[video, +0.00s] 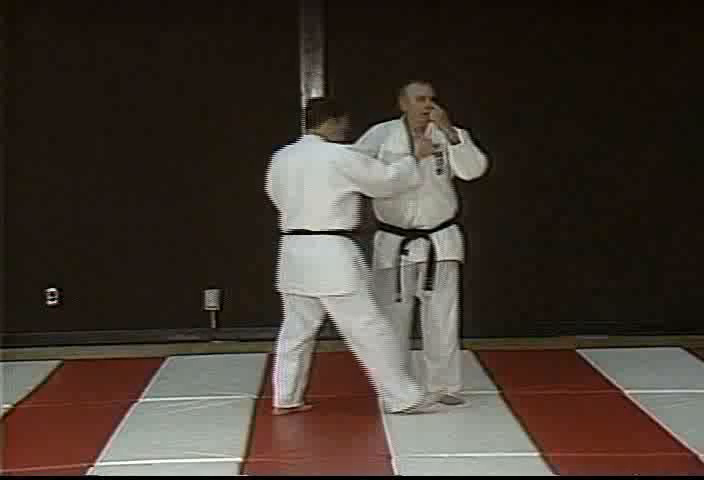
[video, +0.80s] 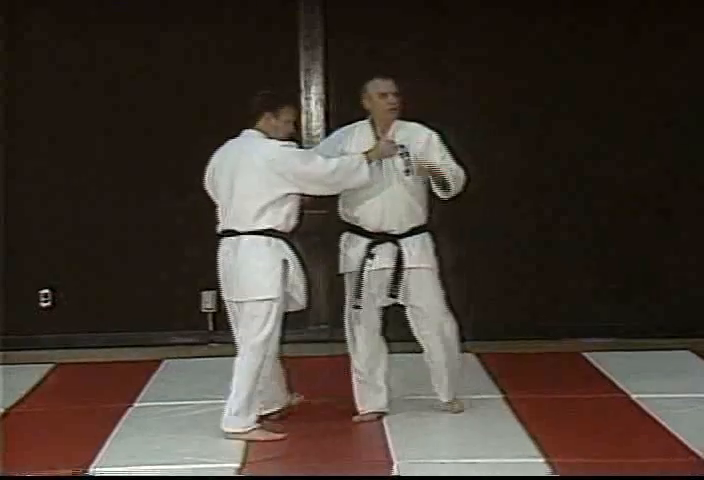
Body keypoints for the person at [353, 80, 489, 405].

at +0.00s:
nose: (427, 106)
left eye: (431, 100)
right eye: (420, 100)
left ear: (436, 104)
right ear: (403, 104)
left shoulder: (449, 136)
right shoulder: (381, 135)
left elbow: (474, 170)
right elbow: (351, 170)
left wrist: (450, 133)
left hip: (441, 237)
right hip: (394, 238)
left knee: (442, 315)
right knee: (393, 316)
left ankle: (444, 387)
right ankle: (392, 387)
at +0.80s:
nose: (392, 101)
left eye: (395, 95)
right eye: (383, 95)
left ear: (400, 100)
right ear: (366, 101)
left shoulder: (419, 137)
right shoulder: (345, 139)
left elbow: (455, 180)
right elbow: (308, 169)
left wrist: (435, 173)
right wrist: (362, 159)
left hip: (414, 243)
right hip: (363, 244)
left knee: (435, 319)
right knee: (362, 325)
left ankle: (448, 393)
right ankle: (370, 404)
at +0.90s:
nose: (386, 99)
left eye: (388, 93)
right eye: (377, 94)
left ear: (393, 99)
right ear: (359, 101)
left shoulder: (413, 135)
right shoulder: (339, 139)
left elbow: (442, 177)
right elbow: (307, 170)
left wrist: (437, 207)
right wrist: (359, 157)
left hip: (411, 243)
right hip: (360, 245)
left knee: (429, 321)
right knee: (360, 327)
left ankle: (442, 399)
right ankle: (369, 404)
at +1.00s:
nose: (382, 99)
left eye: (385, 93)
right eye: (373, 94)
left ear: (391, 99)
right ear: (356, 101)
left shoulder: (410, 135)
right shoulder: (338, 139)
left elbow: (436, 184)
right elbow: (302, 168)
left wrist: (429, 231)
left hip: (410, 244)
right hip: (358, 245)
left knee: (424, 325)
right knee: (360, 326)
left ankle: (432, 404)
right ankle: (369, 404)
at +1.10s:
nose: (382, 99)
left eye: (385, 93)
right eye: (373, 93)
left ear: (390, 99)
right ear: (355, 101)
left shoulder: (410, 135)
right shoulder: (336, 139)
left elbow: (432, 185)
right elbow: (302, 169)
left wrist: (424, 233)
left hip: (406, 245)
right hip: (356, 246)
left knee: (418, 330)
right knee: (360, 330)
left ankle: (421, 407)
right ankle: (369, 406)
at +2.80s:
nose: (355, 103)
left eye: (362, 96)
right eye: (351, 97)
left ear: (384, 97)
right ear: (348, 101)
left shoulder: (412, 133)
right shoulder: (338, 134)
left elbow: (434, 187)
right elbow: (293, 152)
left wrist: (424, 238)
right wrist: (252, 160)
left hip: (402, 247)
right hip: (352, 249)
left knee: (417, 331)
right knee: (358, 333)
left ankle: (427, 413)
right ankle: (371, 413)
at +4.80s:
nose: (361, 113)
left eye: (367, 106)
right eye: (356, 106)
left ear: (387, 103)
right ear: (351, 106)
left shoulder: (415, 136)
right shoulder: (343, 134)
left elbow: (436, 192)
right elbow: (294, 144)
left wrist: (431, 245)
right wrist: (241, 143)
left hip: (407, 247)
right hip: (357, 248)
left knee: (420, 327)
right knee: (359, 327)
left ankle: (429, 408)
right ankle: (371, 405)